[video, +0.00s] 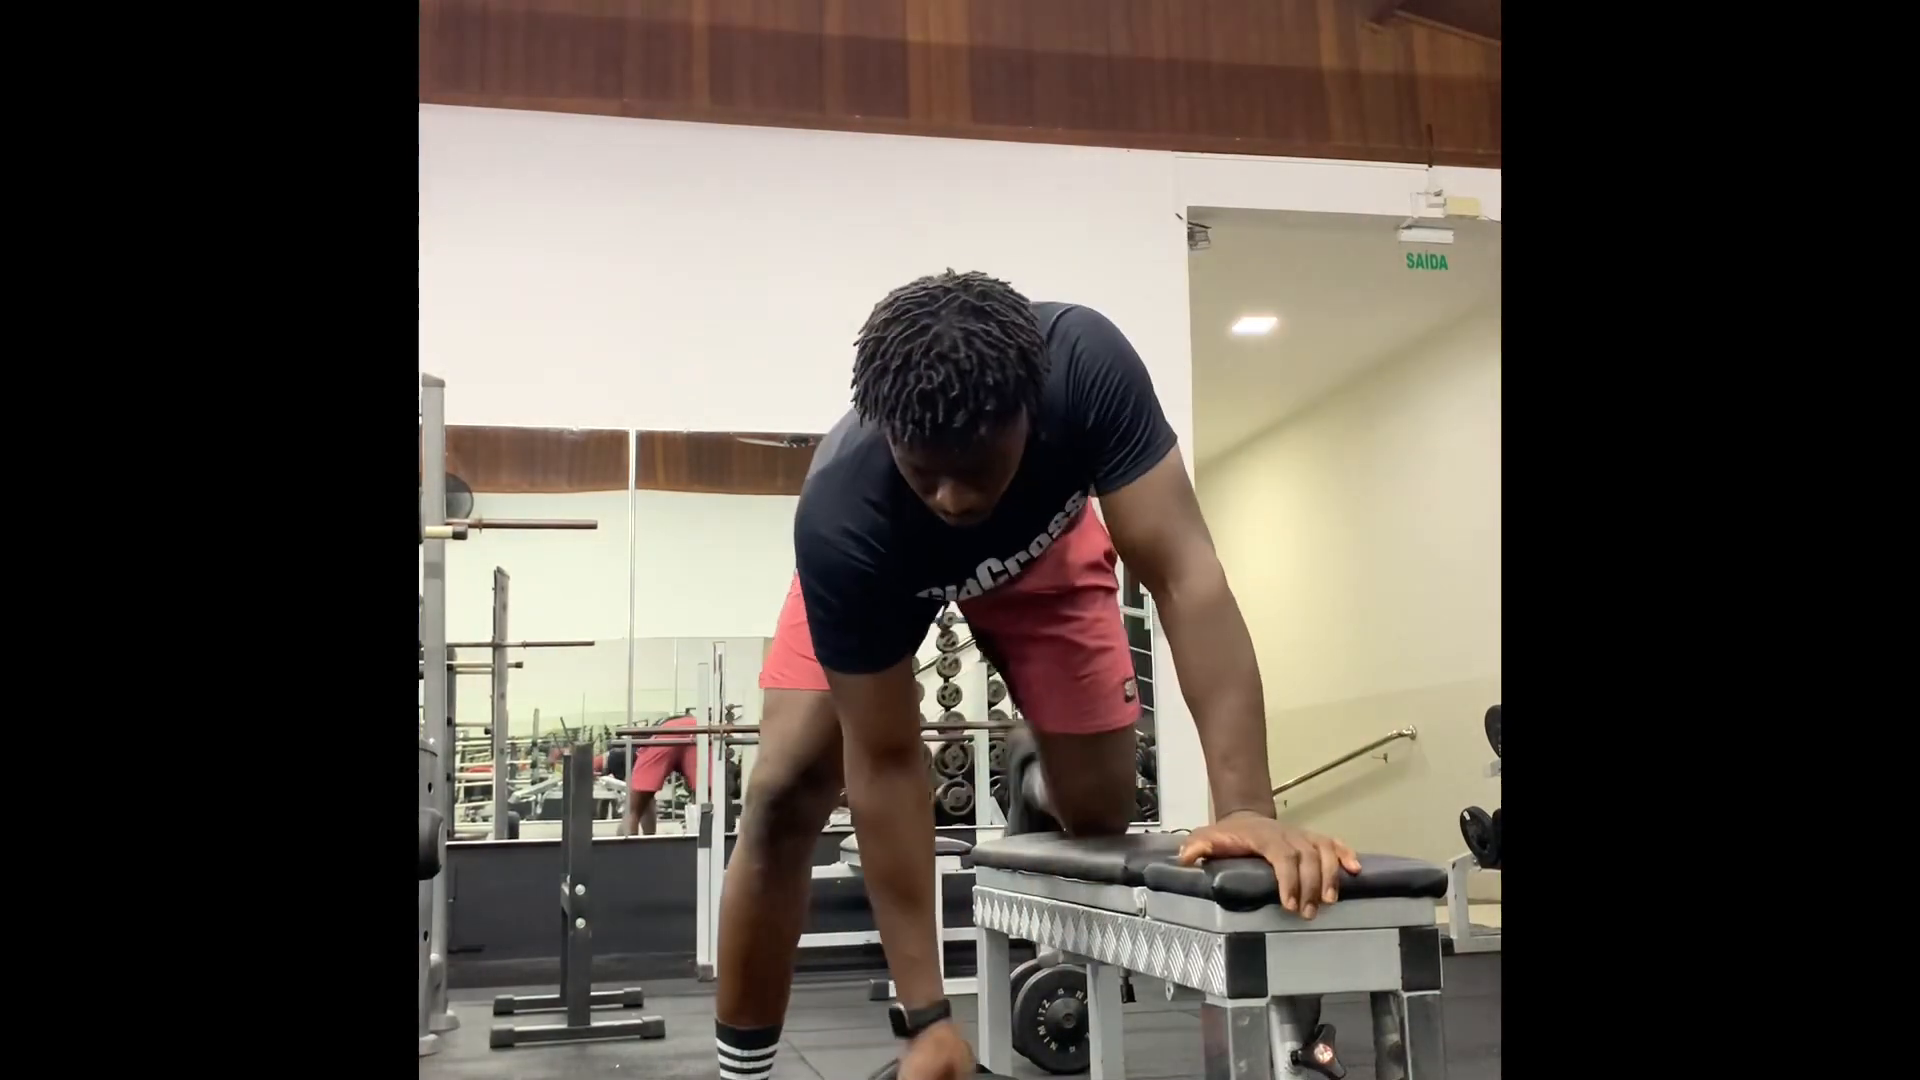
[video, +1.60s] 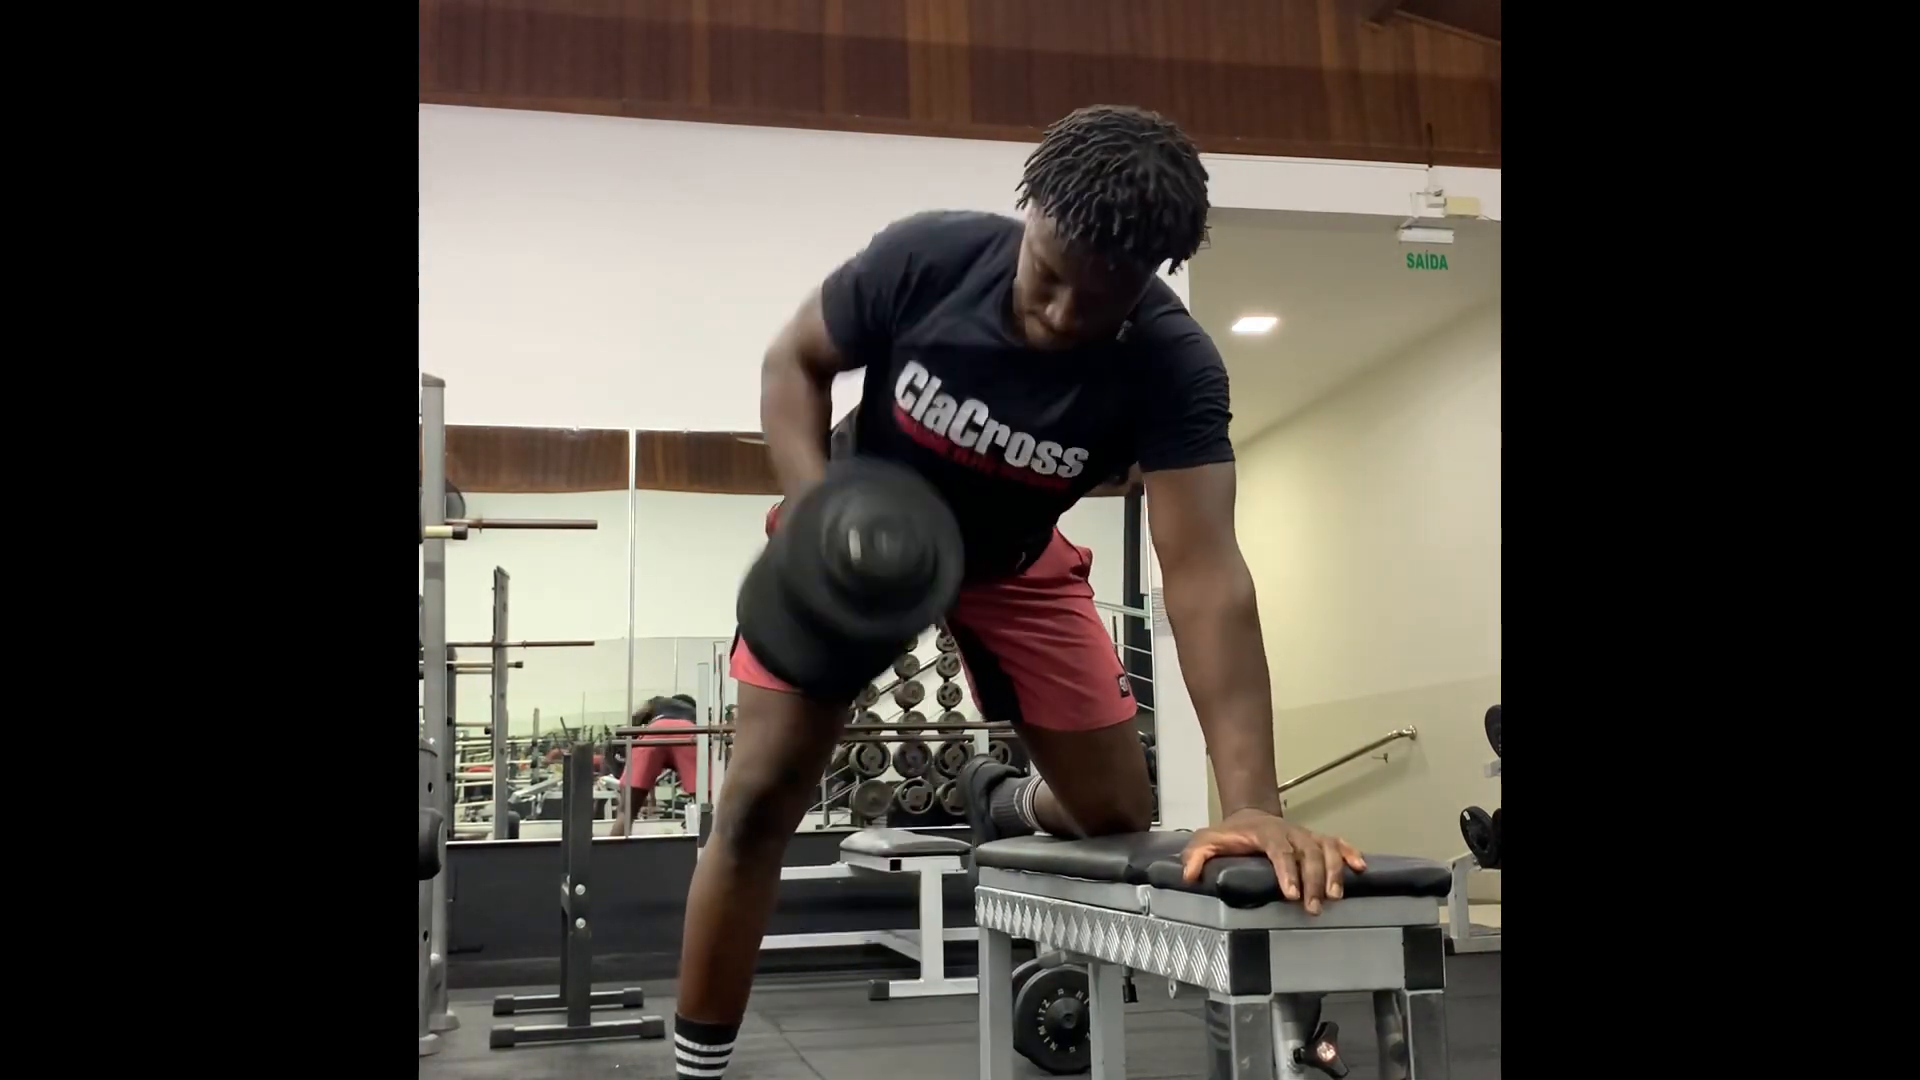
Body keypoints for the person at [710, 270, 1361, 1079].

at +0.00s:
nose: (952, 496)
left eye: (980, 470)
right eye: (924, 473)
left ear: (1028, 407)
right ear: (887, 429)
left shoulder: (1086, 369)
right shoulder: (848, 524)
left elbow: (1187, 577)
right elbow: (887, 762)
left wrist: (1244, 806)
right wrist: (924, 1019)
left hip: (1045, 527)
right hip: (876, 561)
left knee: (1103, 810)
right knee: (781, 797)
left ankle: (1041, 795)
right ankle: (742, 1066)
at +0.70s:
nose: (1012, 414)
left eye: (1047, 398)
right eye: (1001, 378)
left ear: (1109, 364)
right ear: (982, 316)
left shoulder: (1151, 363)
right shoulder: (884, 395)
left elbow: (1199, 568)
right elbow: (848, 644)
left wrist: (1251, 804)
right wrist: (901, 880)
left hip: (1030, 552)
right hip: (856, 540)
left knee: (1113, 817)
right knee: (758, 799)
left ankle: (1005, 807)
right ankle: (699, 1067)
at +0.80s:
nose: (1017, 322)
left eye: (1054, 312)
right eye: (1012, 288)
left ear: (1130, 298)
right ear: (1006, 229)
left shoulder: (1176, 347)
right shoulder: (913, 260)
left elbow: (1210, 559)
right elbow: (785, 417)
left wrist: (1253, 806)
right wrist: (835, 588)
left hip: (1024, 560)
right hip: (855, 530)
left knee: (1112, 816)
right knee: (759, 803)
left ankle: (1018, 809)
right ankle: (697, 1072)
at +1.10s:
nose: (1043, 387)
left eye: (1077, 366)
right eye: (1026, 352)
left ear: (1129, 330)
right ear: (996, 287)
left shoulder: (1159, 363)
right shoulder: (890, 331)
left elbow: (1201, 563)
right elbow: (787, 495)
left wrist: (1253, 805)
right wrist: (828, 695)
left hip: (1032, 561)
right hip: (859, 538)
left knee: (1118, 815)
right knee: (753, 800)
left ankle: (1001, 807)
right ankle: (695, 1074)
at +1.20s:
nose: (1035, 441)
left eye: (1065, 419)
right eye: (1012, 412)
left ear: (1113, 376)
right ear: (975, 351)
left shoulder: (1140, 380)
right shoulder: (875, 427)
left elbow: (1193, 573)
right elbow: (829, 666)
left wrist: (1253, 805)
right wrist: (870, 907)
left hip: (1027, 566)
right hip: (848, 556)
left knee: (1119, 817)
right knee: (744, 805)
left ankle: (1014, 810)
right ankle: (695, 1066)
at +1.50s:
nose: (1031, 395)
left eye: (1064, 376)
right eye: (1013, 361)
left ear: (1116, 343)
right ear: (983, 292)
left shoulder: (1145, 375)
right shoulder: (882, 367)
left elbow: (1200, 586)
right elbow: (810, 572)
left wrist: (1252, 806)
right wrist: (852, 787)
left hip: (1026, 562)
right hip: (857, 546)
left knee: (1115, 813)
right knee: (756, 789)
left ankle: (1006, 800)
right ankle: (699, 1072)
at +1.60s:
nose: (1064, 314)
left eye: (1100, 296)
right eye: (1048, 275)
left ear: (1153, 276)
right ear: (1028, 216)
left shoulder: (1173, 368)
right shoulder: (928, 259)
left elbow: (1206, 571)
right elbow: (795, 360)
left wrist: (1253, 807)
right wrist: (818, 512)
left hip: (1019, 561)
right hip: (862, 527)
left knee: (1116, 811)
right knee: (758, 800)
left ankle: (1005, 805)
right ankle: (696, 1071)